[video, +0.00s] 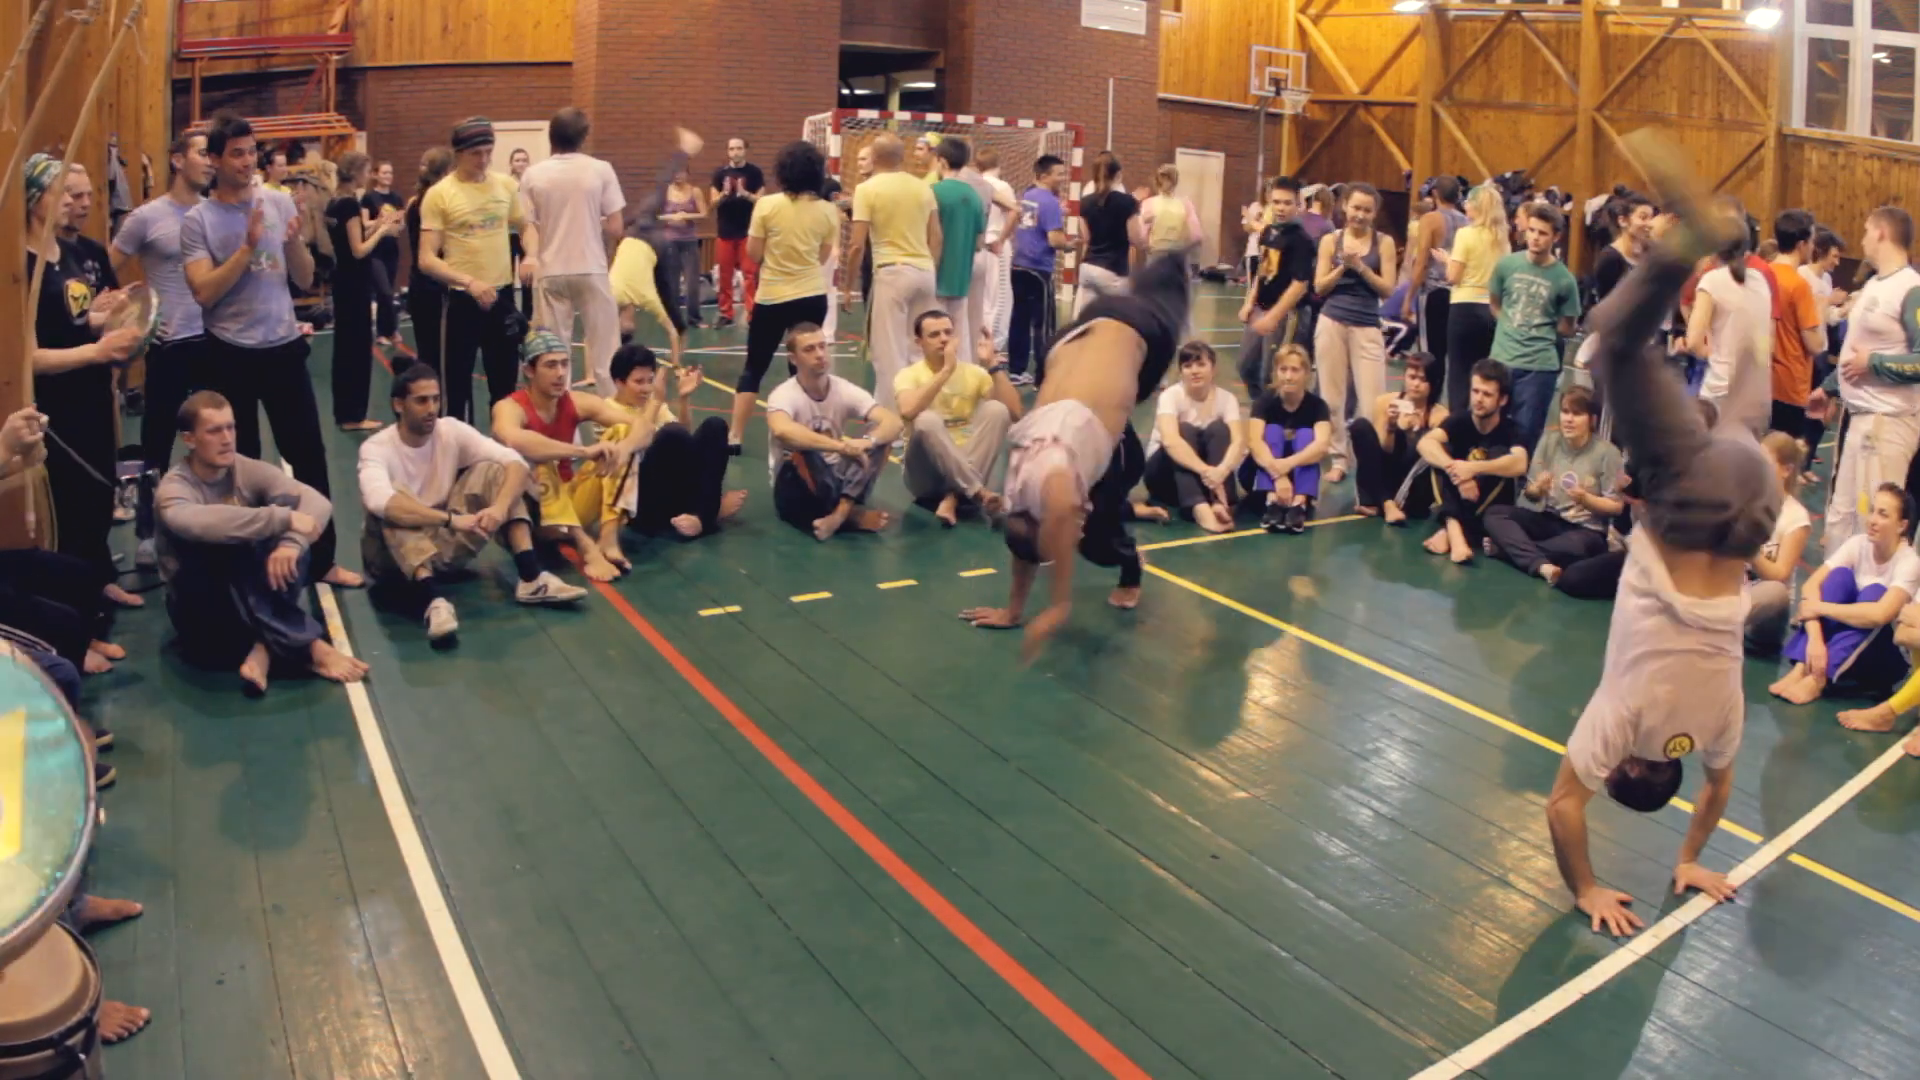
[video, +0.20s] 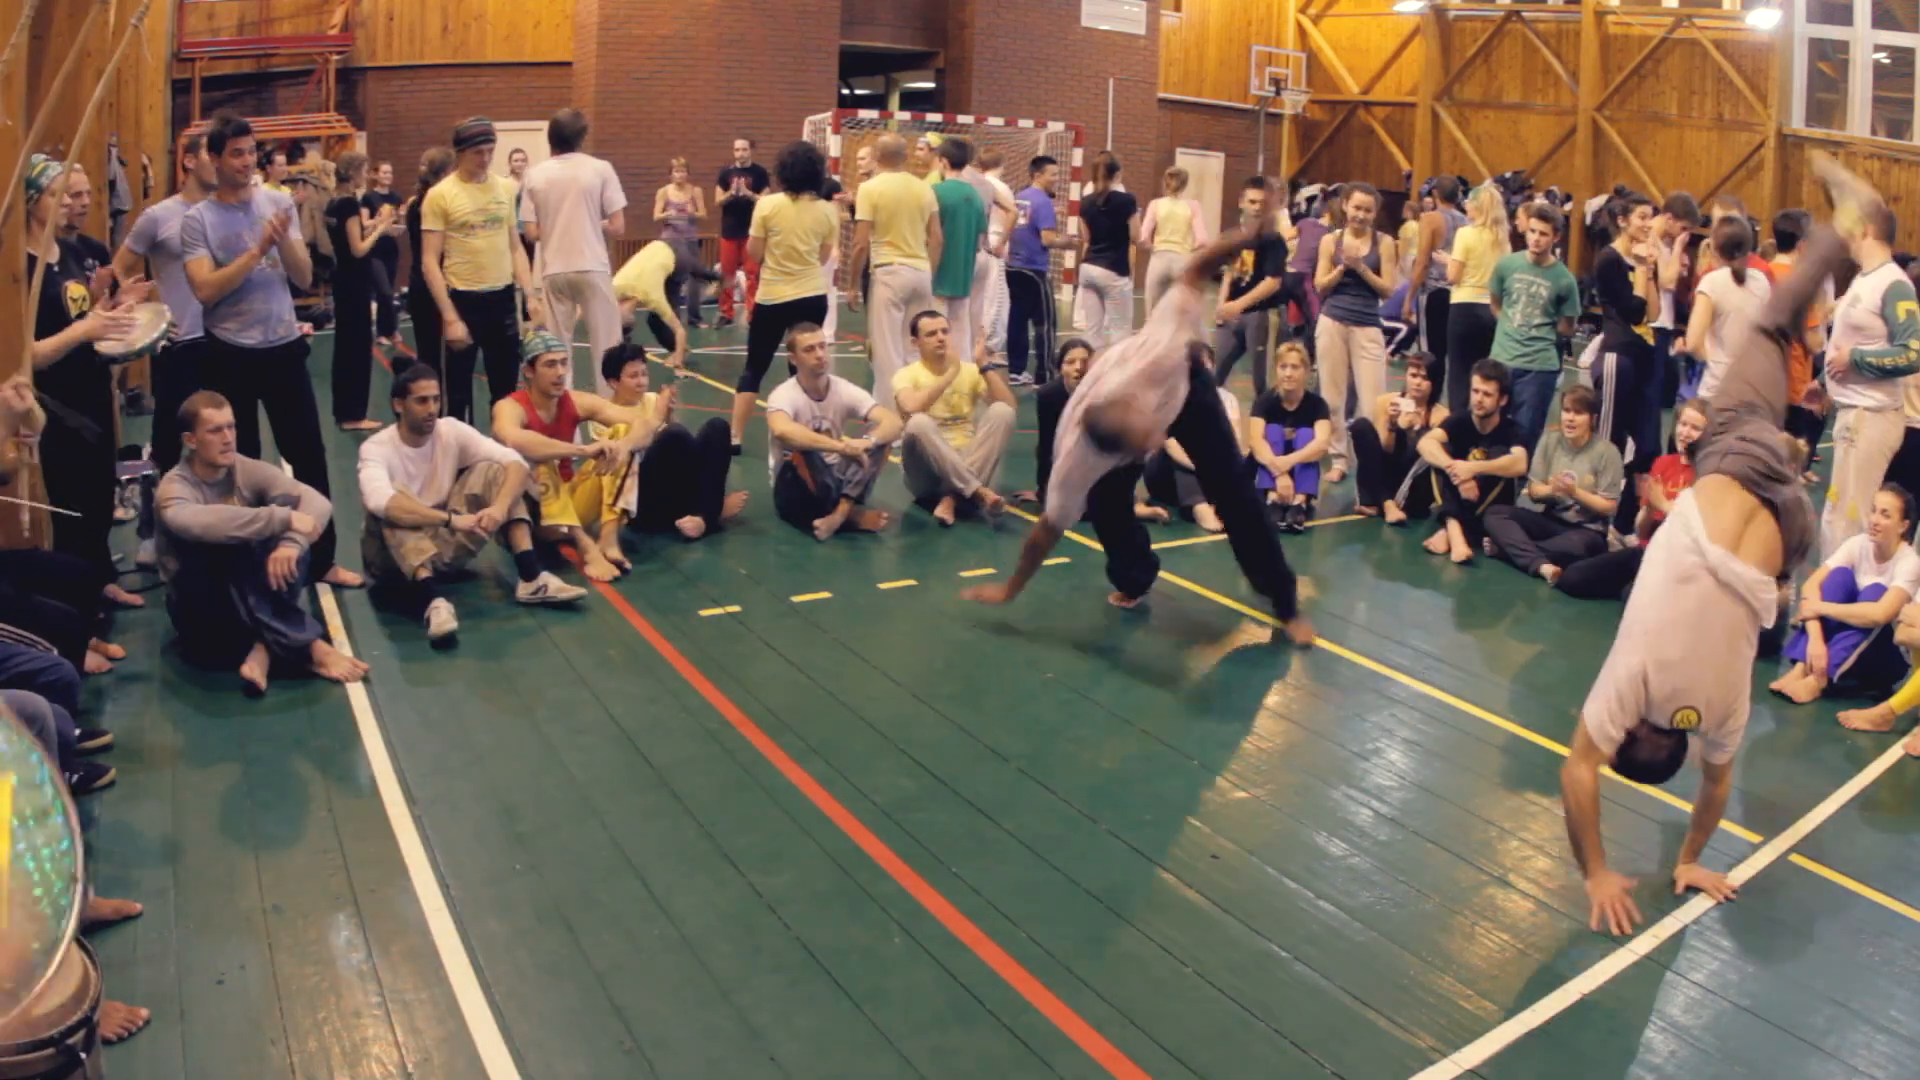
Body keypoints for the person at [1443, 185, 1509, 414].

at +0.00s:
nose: (1465, 206)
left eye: (1469, 202)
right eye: (1467, 201)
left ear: (1477, 207)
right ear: (1495, 208)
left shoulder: (1466, 234)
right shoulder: (1502, 237)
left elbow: (1454, 274)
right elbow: (1503, 273)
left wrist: (1445, 260)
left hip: (1464, 302)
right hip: (1491, 304)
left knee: (1459, 371)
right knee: (1484, 368)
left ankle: (1458, 423)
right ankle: (1483, 424)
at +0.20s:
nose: (1466, 205)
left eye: (1470, 201)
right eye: (1468, 201)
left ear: (1478, 207)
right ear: (1496, 208)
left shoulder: (1466, 233)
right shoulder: (1502, 236)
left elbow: (1454, 275)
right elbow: (1502, 271)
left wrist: (1446, 260)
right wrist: (1455, 259)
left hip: (1464, 303)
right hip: (1491, 304)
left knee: (1459, 370)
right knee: (1483, 369)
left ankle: (1458, 422)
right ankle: (1481, 422)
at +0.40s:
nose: (1468, 208)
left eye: (1472, 204)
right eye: (1470, 203)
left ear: (1477, 207)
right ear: (1499, 209)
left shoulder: (1465, 233)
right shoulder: (1503, 237)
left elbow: (1453, 275)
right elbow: (1504, 272)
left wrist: (1448, 260)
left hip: (1464, 302)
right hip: (1492, 304)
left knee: (1459, 370)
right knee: (1484, 368)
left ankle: (1459, 422)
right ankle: (1483, 424)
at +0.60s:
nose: (1471, 210)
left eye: (1473, 206)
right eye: (1473, 206)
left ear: (1476, 208)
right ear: (1501, 210)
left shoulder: (1465, 234)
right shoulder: (1504, 238)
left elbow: (1451, 273)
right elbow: (1506, 273)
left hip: (1464, 302)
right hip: (1492, 304)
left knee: (1459, 370)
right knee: (1484, 368)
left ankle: (1458, 422)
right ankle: (1482, 424)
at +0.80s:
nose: (1470, 207)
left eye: (1472, 203)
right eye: (1471, 203)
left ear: (1475, 207)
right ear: (1499, 209)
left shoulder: (1465, 233)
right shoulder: (1504, 237)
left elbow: (1452, 276)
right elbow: (1505, 273)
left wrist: (1448, 259)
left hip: (1464, 304)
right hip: (1492, 305)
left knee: (1459, 366)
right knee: (1483, 367)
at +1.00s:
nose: (1468, 208)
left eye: (1471, 205)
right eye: (1470, 205)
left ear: (1474, 208)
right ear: (1499, 210)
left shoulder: (1464, 233)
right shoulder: (1504, 237)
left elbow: (1452, 274)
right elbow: (1505, 273)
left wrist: (1447, 260)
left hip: (1464, 302)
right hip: (1492, 304)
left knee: (1458, 366)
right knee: (1484, 366)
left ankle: (1459, 417)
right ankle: (1483, 420)